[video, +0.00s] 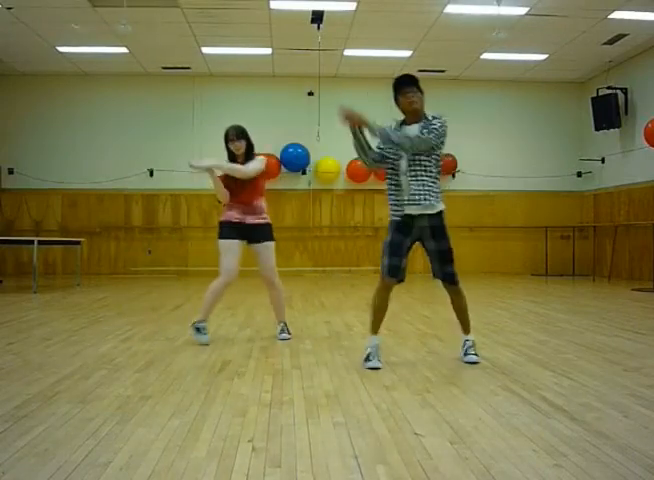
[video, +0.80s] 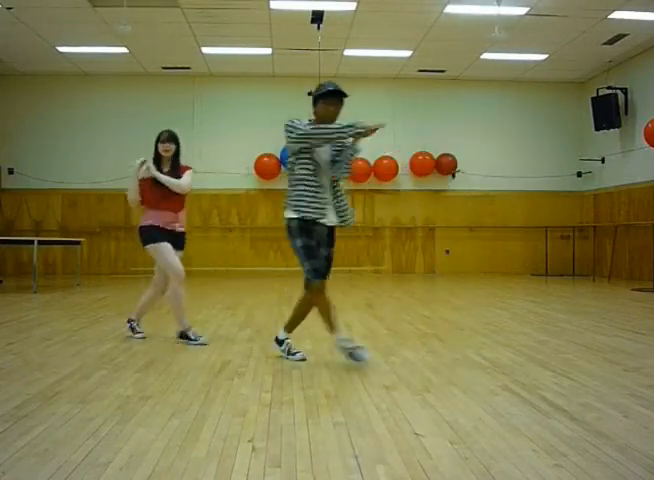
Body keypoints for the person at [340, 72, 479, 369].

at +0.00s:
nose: (412, 98)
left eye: (416, 93)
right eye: (406, 95)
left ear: (423, 97)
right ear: (398, 102)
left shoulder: (437, 124)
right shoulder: (392, 135)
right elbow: (372, 160)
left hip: (432, 215)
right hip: (401, 216)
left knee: (451, 282)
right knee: (386, 281)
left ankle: (468, 340)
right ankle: (372, 344)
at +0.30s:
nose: (377, 110)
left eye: (381, 105)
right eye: (371, 106)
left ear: (389, 108)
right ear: (363, 112)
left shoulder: (398, 136)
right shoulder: (355, 142)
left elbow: (385, 136)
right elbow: (362, 162)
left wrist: (359, 123)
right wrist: (353, 129)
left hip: (392, 226)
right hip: (363, 229)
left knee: (419, 288)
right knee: (375, 294)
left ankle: (442, 343)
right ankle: (370, 348)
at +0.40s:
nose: (369, 109)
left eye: (373, 104)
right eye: (364, 104)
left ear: (378, 107)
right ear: (353, 108)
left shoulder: (384, 135)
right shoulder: (344, 143)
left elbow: (396, 143)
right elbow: (367, 162)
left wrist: (370, 118)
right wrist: (368, 128)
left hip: (383, 223)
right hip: (356, 226)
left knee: (405, 286)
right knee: (370, 291)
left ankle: (402, 332)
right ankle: (371, 347)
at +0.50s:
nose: (359, 108)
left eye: (364, 104)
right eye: (354, 102)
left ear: (367, 109)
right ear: (343, 104)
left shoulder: (366, 136)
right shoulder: (333, 138)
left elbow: (388, 143)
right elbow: (361, 148)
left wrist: (385, 111)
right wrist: (374, 123)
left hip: (373, 219)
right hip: (348, 220)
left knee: (386, 287)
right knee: (368, 286)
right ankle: (369, 346)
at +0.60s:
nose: (351, 109)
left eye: (356, 105)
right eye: (347, 103)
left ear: (358, 108)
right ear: (333, 102)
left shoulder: (354, 138)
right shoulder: (320, 134)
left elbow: (380, 148)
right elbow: (358, 137)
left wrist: (394, 113)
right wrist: (394, 104)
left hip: (359, 219)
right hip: (335, 220)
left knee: (364, 285)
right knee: (356, 287)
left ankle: (318, 322)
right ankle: (368, 347)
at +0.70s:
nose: (341, 110)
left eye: (346, 107)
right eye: (337, 104)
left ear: (349, 109)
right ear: (324, 102)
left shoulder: (344, 138)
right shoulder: (306, 129)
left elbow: (362, 162)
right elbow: (342, 135)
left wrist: (376, 136)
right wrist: (382, 118)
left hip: (343, 217)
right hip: (318, 217)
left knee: (335, 286)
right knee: (341, 284)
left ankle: (293, 332)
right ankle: (364, 344)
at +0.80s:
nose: (334, 110)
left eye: (338, 105)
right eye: (329, 104)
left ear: (340, 108)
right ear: (316, 105)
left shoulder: (338, 138)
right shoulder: (295, 128)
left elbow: (338, 173)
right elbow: (318, 134)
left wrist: (351, 145)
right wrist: (353, 130)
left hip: (327, 217)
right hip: (301, 214)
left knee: (316, 284)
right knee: (315, 280)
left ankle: (283, 336)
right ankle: (340, 338)